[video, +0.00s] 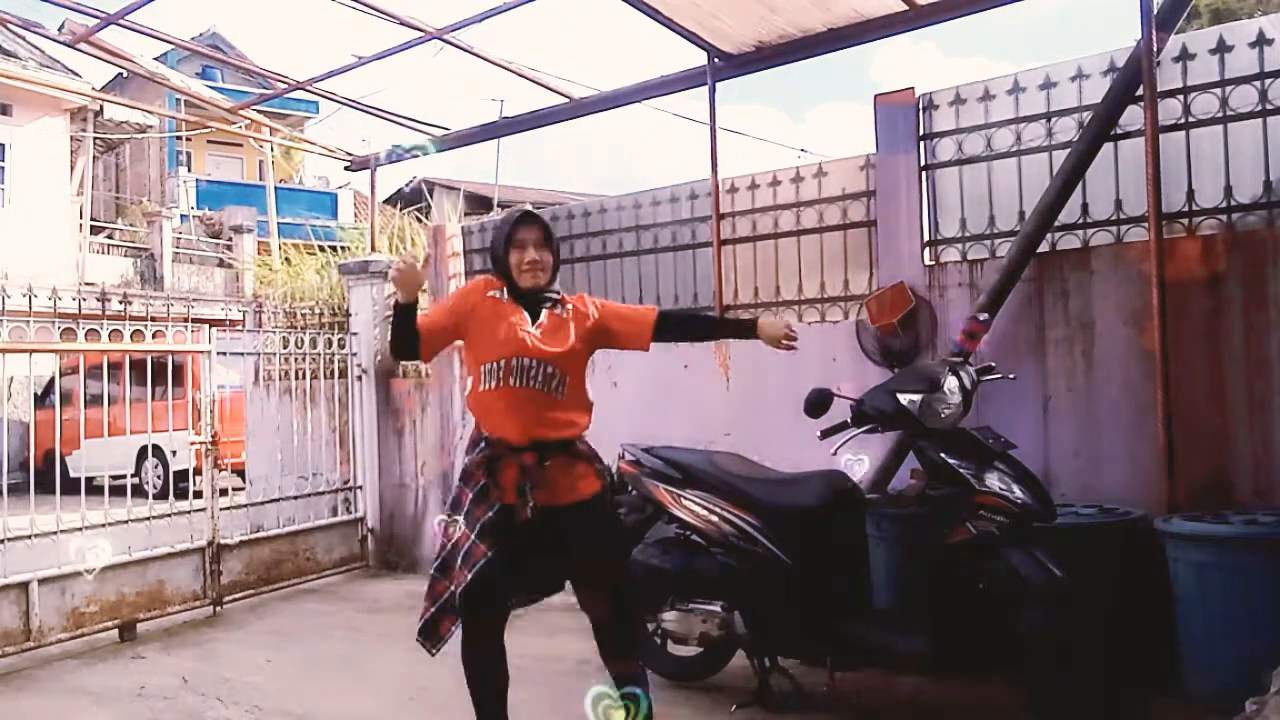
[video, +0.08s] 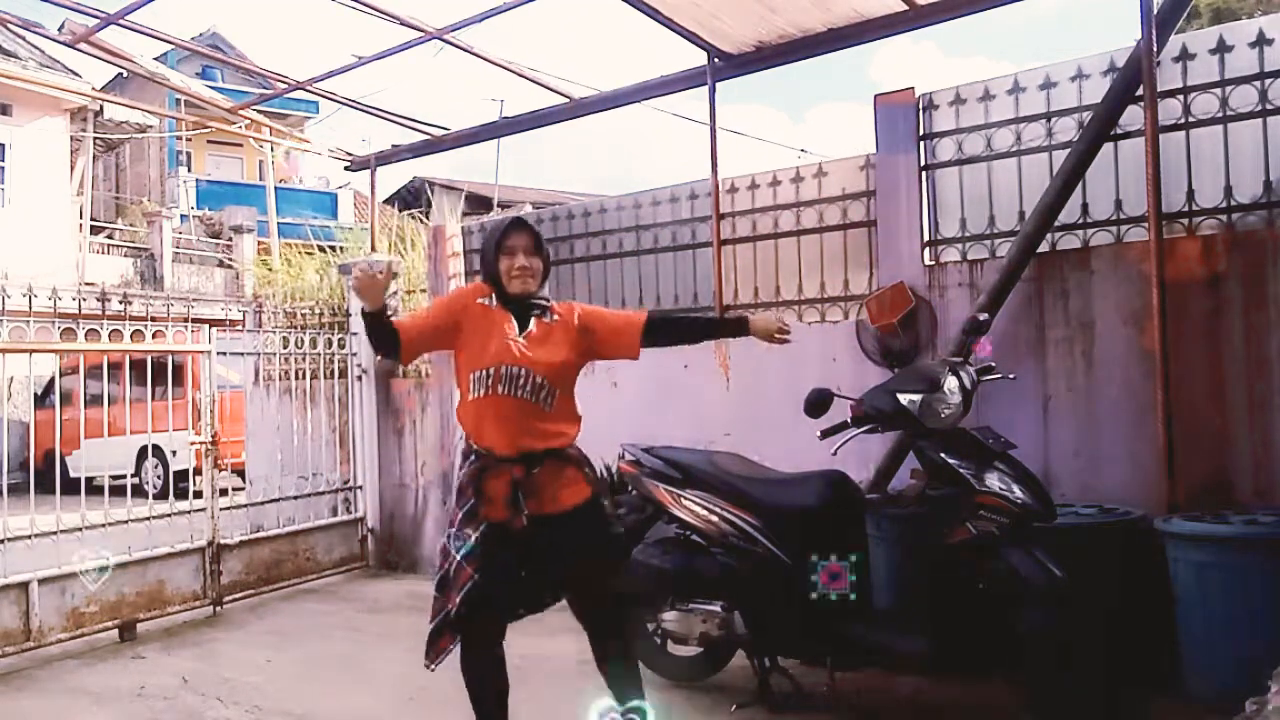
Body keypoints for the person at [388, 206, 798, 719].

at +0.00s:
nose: (533, 256)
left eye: (542, 246)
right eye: (520, 246)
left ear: (555, 254)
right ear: (502, 257)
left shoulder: (582, 313)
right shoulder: (476, 301)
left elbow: (664, 323)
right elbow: (406, 350)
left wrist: (753, 327)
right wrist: (406, 299)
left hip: (572, 475)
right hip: (498, 481)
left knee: (609, 605)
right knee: (480, 612)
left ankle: (638, 711)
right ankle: (491, 717)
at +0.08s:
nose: (521, 262)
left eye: (531, 253)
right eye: (509, 253)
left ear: (544, 263)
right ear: (489, 263)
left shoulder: (572, 320)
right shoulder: (466, 307)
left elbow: (654, 326)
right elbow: (392, 348)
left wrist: (744, 324)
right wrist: (372, 307)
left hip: (562, 482)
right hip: (488, 487)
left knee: (602, 612)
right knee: (477, 626)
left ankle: (635, 713)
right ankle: (490, 717)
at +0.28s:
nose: (504, 283)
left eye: (513, 273)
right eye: (492, 275)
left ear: (528, 280)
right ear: (475, 283)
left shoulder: (552, 330)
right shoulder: (452, 334)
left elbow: (609, 334)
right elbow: (384, 353)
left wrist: (661, 323)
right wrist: (299, 354)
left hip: (538, 515)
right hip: (466, 521)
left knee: (583, 624)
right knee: (459, 629)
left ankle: (621, 711)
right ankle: (488, 717)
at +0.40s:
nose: (499, 283)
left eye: (508, 273)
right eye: (487, 275)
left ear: (524, 282)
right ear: (471, 286)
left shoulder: (555, 338)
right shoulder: (449, 343)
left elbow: (618, 337)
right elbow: (376, 383)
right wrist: (336, 326)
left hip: (532, 504)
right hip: (460, 508)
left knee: (580, 629)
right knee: (460, 644)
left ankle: (581, 714)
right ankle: (488, 716)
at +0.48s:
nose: (491, 266)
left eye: (501, 256)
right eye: (479, 258)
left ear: (519, 266)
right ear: (462, 270)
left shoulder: (548, 326)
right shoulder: (443, 334)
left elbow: (636, 336)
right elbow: (377, 370)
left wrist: (594, 271)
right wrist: (381, 298)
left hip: (531, 496)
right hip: (459, 500)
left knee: (570, 638)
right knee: (465, 641)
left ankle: (587, 716)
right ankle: (489, 716)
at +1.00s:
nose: (505, 272)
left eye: (516, 263)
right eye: (495, 263)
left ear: (536, 271)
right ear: (484, 272)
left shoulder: (560, 323)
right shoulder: (472, 327)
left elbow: (589, 317)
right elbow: (386, 339)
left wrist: (546, 268)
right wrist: (297, 319)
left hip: (539, 514)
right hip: (473, 516)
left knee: (554, 641)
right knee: (446, 640)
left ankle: (605, 717)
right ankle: (497, 717)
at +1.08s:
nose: (502, 279)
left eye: (515, 269)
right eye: (493, 270)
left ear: (539, 278)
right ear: (483, 282)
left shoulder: (563, 330)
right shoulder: (474, 340)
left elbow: (587, 307)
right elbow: (396, 366)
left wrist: (499, 264)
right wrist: (317, 329)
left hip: (524, 518)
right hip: (457, 517)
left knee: (539, 645)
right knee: (447, 640)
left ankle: (597, 715)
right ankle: (495, 717)